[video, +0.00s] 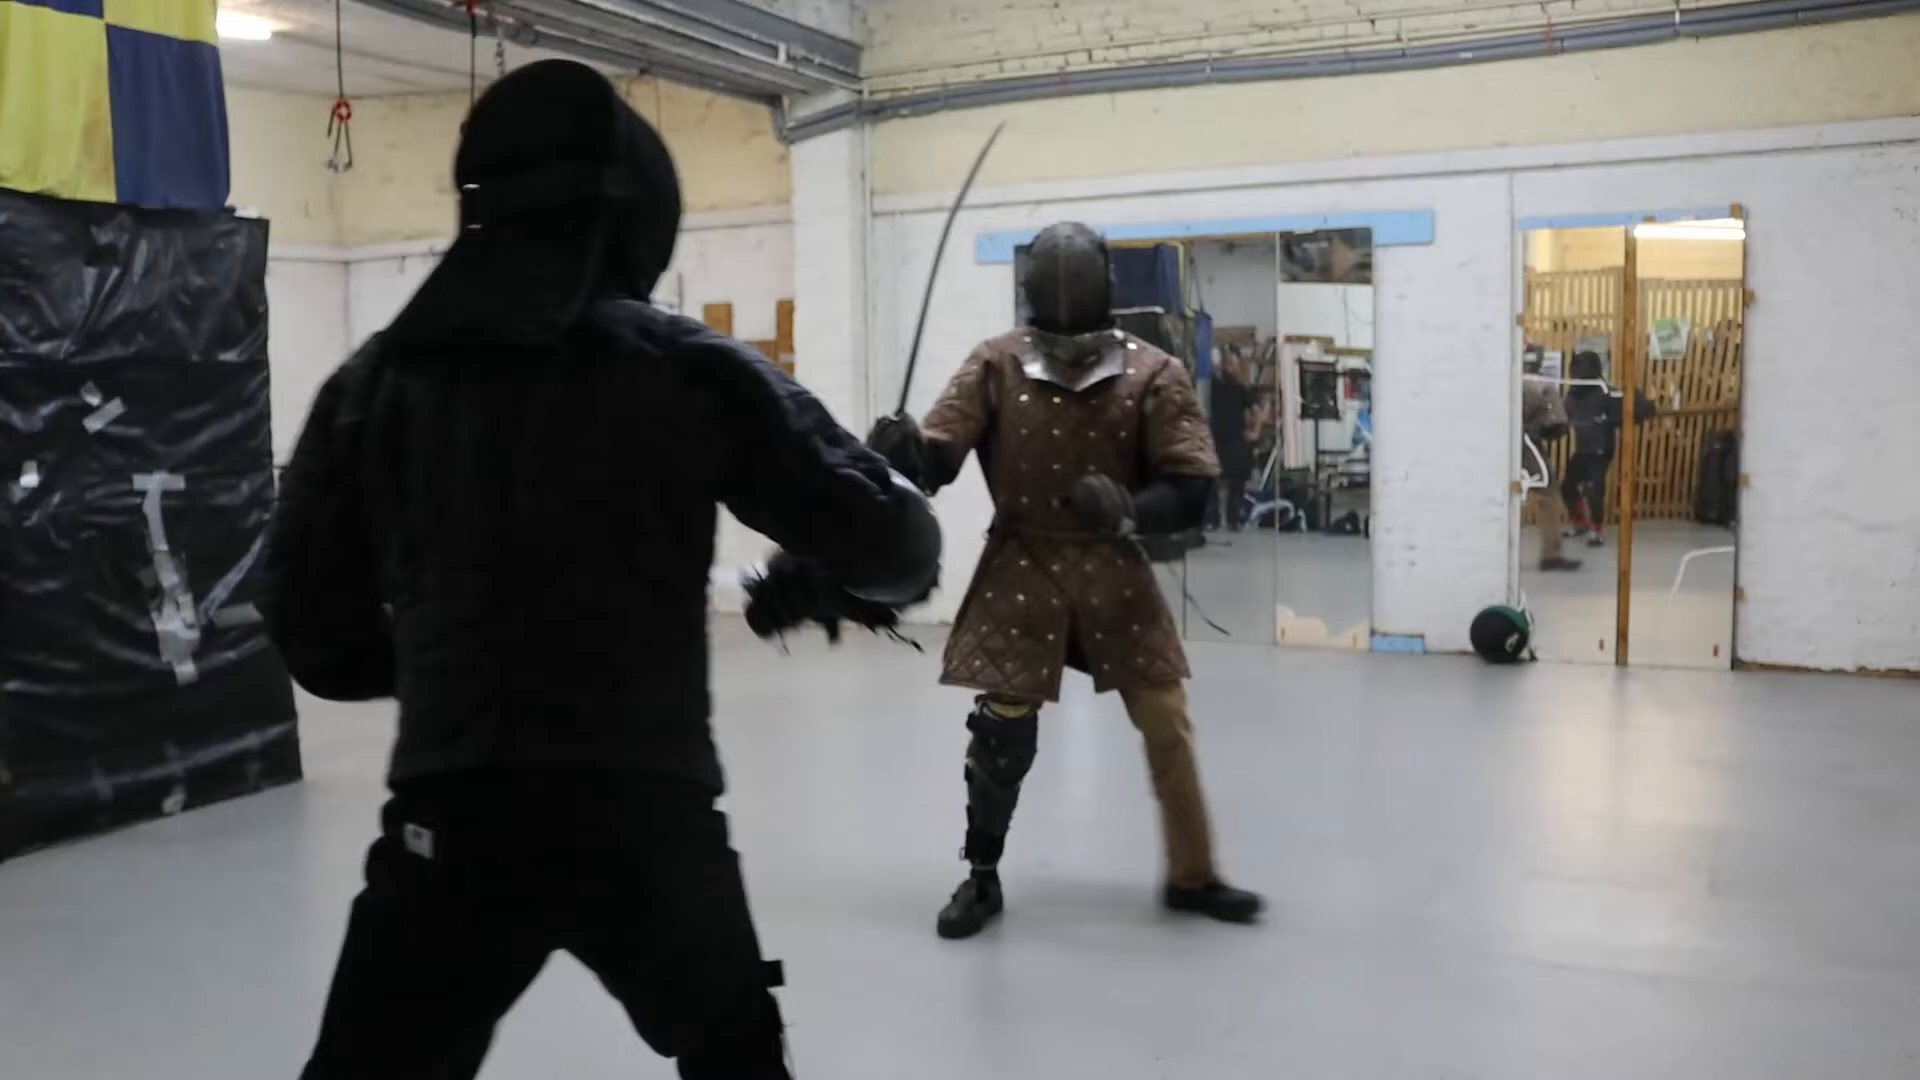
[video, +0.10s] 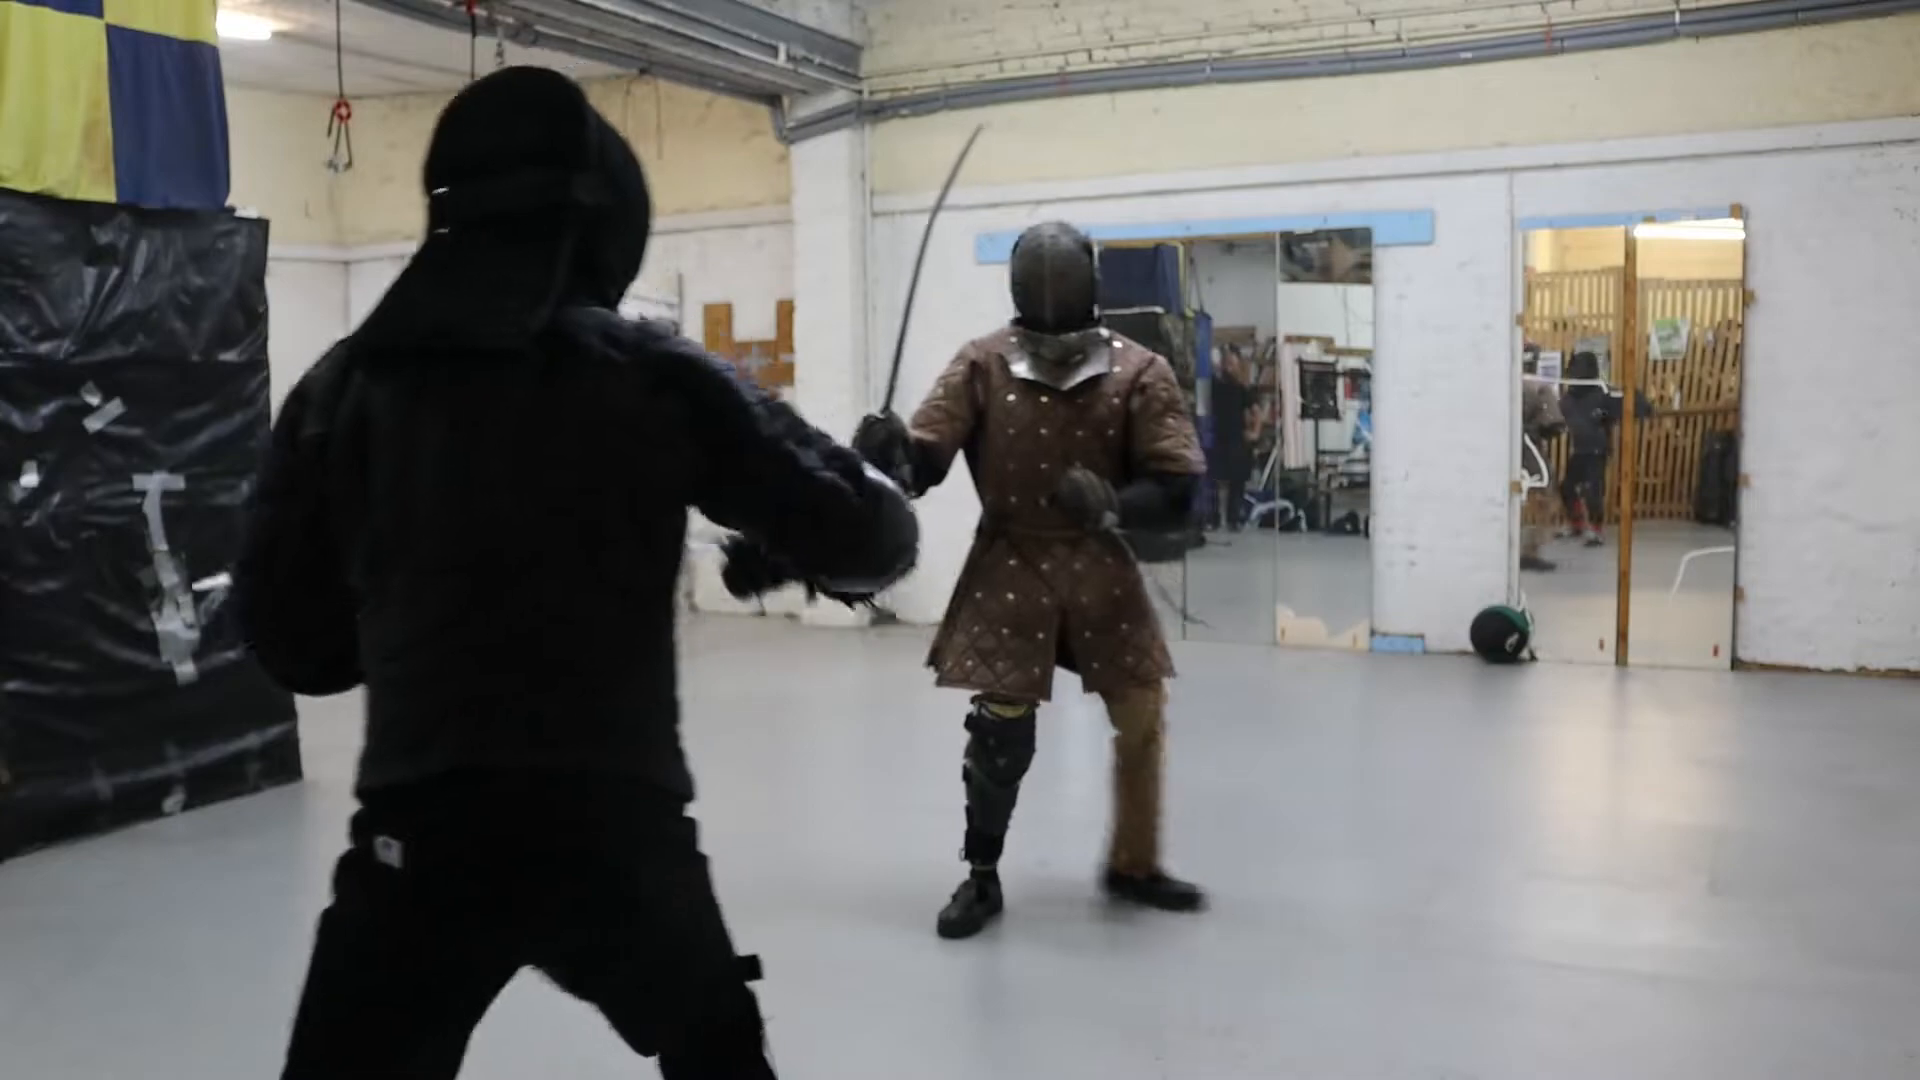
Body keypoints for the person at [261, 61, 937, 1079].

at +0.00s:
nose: (666, 236)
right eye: (657, 209)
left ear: (478, 208)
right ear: (631, 211)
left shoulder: (376, 384)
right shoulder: (684, 371)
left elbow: (317, 645)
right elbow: (901, 548)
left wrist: (457, 638)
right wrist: (812, 576)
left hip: (448, 842)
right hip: (649, 837)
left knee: (355, 1072)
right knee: (738, 1060)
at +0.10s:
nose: (634, 240)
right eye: (626, 212)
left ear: (448, 214)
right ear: (600, 216)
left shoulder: (344, 388)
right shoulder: (649, 376)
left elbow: (295, 646)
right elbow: (873, 538)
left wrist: (431, 590)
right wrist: (784, 546)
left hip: (417, 846)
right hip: (617, 841)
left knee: (338, 1073)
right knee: (720, 1058)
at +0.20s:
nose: (594, 264)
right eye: (587, 236)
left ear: (404, 236)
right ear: (562, 239)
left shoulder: (306, 414)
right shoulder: (610, 399)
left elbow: (262, 658)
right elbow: (828, 543)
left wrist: (392, 621)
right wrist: (813, 479)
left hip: (389, 869)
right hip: (590, 860)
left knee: (313, 1072)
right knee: (706, 1049)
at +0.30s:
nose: (585, 270)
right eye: (579, 243)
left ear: (400, 242)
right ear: (553, 243)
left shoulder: (302, 418)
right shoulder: (601, 396)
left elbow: (261, 669)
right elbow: (812, 532)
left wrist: (399, 637)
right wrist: (842, 494)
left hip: (397, 864)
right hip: (593, 852)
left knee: (332, 1070)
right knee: (704, 1029)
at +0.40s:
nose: (602, 271)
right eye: (594, 242)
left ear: (424, 248)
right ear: (569, 246)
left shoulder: (332, 422)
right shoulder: (622, 389)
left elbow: (309, 689)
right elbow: (843, 520)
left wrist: (447, 666)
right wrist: (737, 514)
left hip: (434, 847)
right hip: (622, 838)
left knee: (365, 1070)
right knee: (705, 1042)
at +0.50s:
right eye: (606, 229)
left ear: (449, 251)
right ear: (594, 248)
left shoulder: (369, 425)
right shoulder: (655, 399)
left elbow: (351, 694)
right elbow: (846, 535)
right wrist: (747, 577)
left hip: (463, 833)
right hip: (644, 823)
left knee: (388, 1065)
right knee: (712, 1022)